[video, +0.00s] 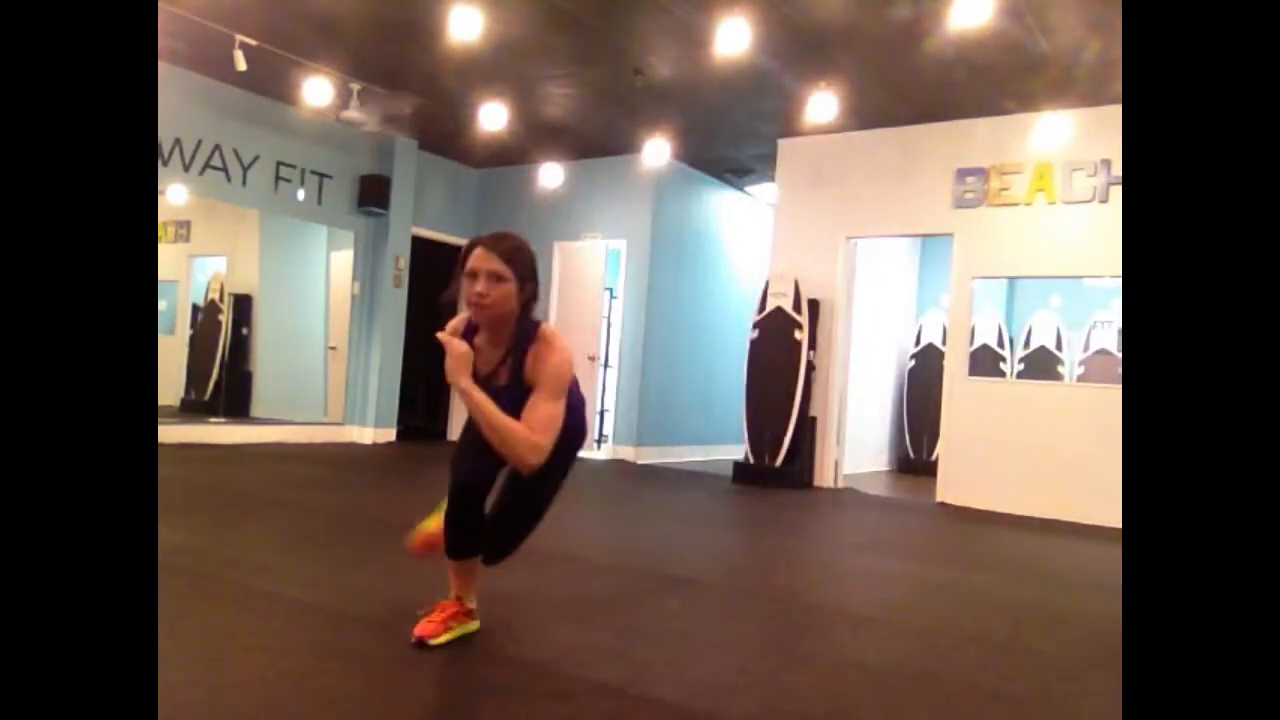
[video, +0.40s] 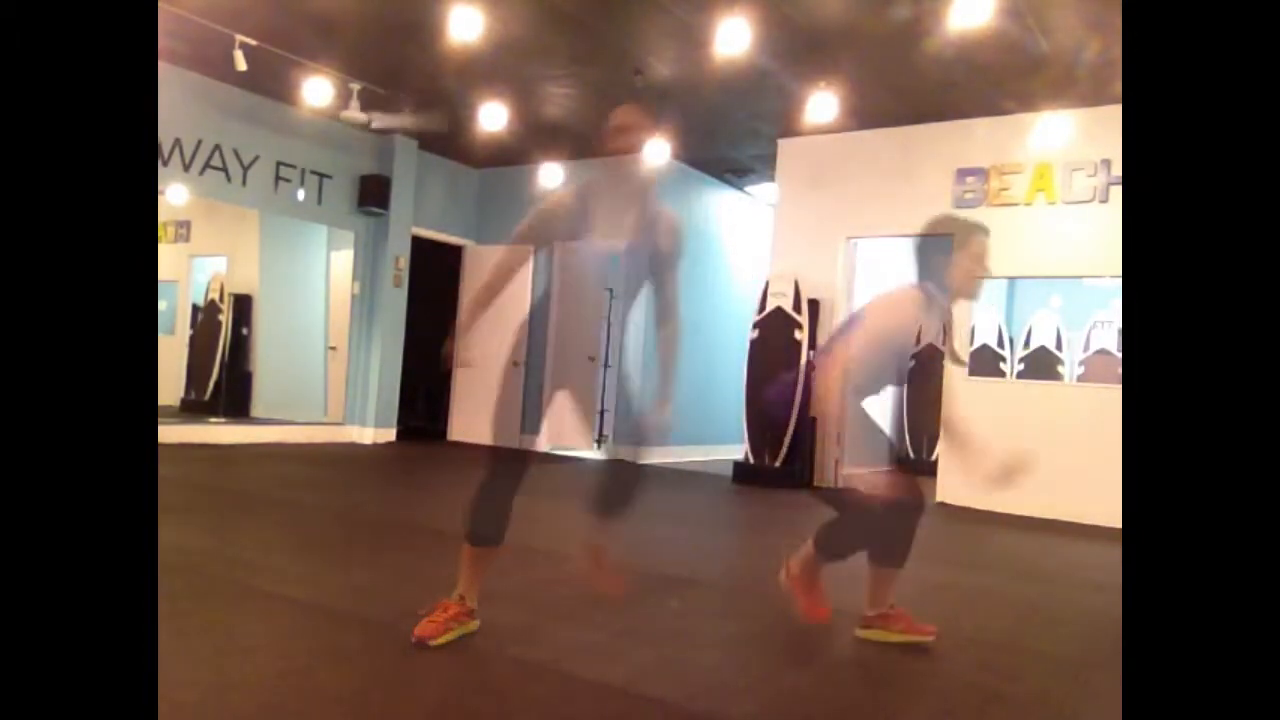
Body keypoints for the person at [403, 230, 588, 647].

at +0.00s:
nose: (480, 290)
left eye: (496, 279)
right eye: (472, 277)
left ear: (524, 290)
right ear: (461, 283)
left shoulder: (551, 354)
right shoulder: (459, 334)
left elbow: (531, 453)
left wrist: (464, 384)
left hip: (553, 428)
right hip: (492, 405)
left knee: (494, 548)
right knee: (464, 493)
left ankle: (452, 525)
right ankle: (461, 604)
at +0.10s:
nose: (494, 271)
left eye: (510, 260)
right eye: (487, 258)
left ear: (537, 272)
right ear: (477, 266)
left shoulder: (565, 338)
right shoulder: (467, 316)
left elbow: (564, 432)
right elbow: (445, 352)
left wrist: (490, 373)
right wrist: (447, 354)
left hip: (540, 437)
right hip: (487, 418)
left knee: (494, 535)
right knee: (470, 502)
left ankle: (438, 506)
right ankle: (462, 605)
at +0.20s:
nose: (529, 228)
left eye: (544, 219)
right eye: (520, 216)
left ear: (565, 233)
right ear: (506, 225)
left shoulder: (586, 297)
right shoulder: (497, 281)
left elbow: (617, 394)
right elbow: (452, 314)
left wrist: (533, 374)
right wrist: (430, 344)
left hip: (553, 419)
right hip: (494, 406)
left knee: (515, 520)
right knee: (477, 507)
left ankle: (457, 503)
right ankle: (462, 603)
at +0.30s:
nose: (575, 181)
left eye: (586, 172)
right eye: (567, 171)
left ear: (604, 185)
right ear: (553, 183)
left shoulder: (627, 259)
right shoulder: (525, 243)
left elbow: (648, 356)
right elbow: (462, 299)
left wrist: (599, 404)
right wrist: (432, 339)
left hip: (575, 382)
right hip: (512, 373)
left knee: (560, 498)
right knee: (490, 484)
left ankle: (517, 503)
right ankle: (463, 601)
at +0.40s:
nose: (622, 144)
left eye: (634, 135)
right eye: (615, 134)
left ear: (652, 146)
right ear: (599, 143)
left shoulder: (658, 223)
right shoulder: (564, 205)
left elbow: (666, 312)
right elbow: (505, 267)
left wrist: (664, 390)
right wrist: (461, 330)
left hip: (603, 359)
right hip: (541, 351)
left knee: (629, 452)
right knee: (506, 465)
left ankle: (597, 541)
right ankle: (465, 598)